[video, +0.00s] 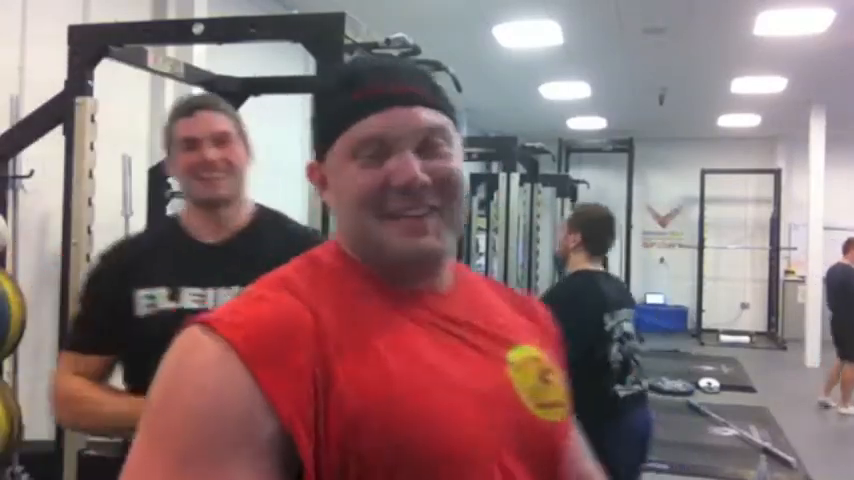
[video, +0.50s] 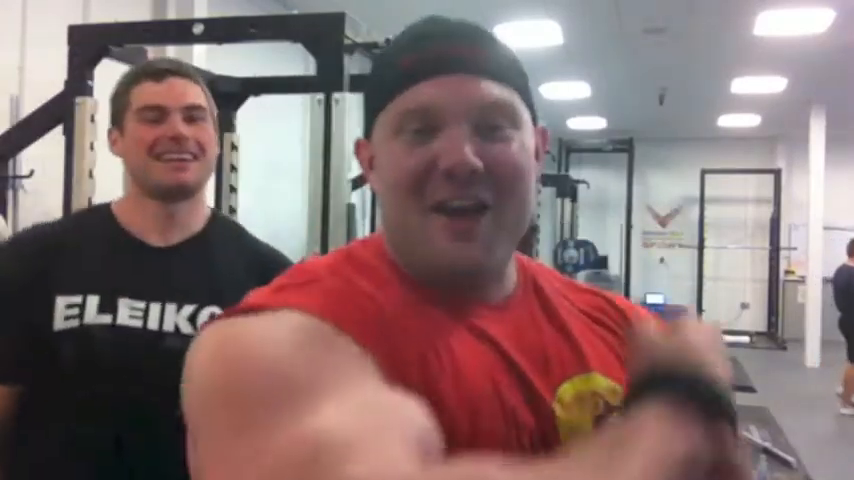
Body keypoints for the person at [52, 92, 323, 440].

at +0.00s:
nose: (209, 157)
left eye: (223, 142)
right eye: (190, 146)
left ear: (247, 152)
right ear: (169, 166)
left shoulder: (308, 256)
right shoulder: (127, 266)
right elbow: (70, 396)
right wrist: (166, 411)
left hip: (281, 462)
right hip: (165, 461)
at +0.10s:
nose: (185, 145)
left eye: (200, 130)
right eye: (164, 134)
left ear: (228, 145)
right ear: (143, 155)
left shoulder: (291, 249)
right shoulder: (94, 264)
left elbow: (333, 379)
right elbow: (34, 396)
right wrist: (133, 421)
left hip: (261, 467)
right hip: (143, 472)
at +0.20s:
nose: (170, 140)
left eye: (185, 126)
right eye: (148, 128)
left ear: (213, 142)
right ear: (125, 150)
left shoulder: (280, 253)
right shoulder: (72, 266)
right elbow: (10, 394)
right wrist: (89, 449)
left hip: (247, 468)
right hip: (121, 473)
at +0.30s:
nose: (167, 141)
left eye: (183, 127)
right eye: (145, 128)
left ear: (210, 147)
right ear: (117, 151)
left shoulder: (277, 265)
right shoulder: (56, 273)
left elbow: (325, 412)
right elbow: (3, 413)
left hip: (231, 469)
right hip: (90, 470)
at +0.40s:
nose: (172, 141)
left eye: (189, 127)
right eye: (148, 128)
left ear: (213, 147)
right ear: (118, 151)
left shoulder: (278, 275)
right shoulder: (48, 277)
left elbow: (322, 424)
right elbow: (2, 423)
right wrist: (16, 472)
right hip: (81, 470)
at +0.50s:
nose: (177, 132)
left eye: (195, 118)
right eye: (154, 118)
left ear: (218, 141)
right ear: (117, 140)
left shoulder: (273, 280)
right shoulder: (27, 264)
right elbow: (7, 402)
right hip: (57, 470)